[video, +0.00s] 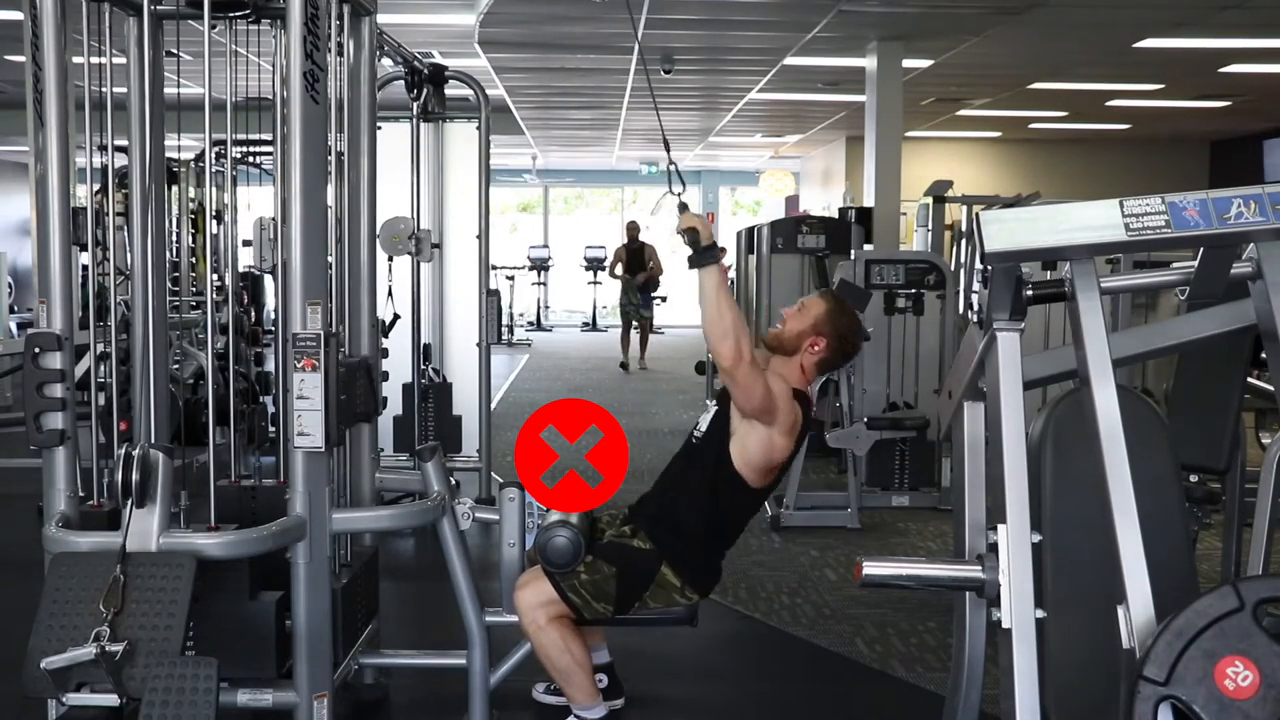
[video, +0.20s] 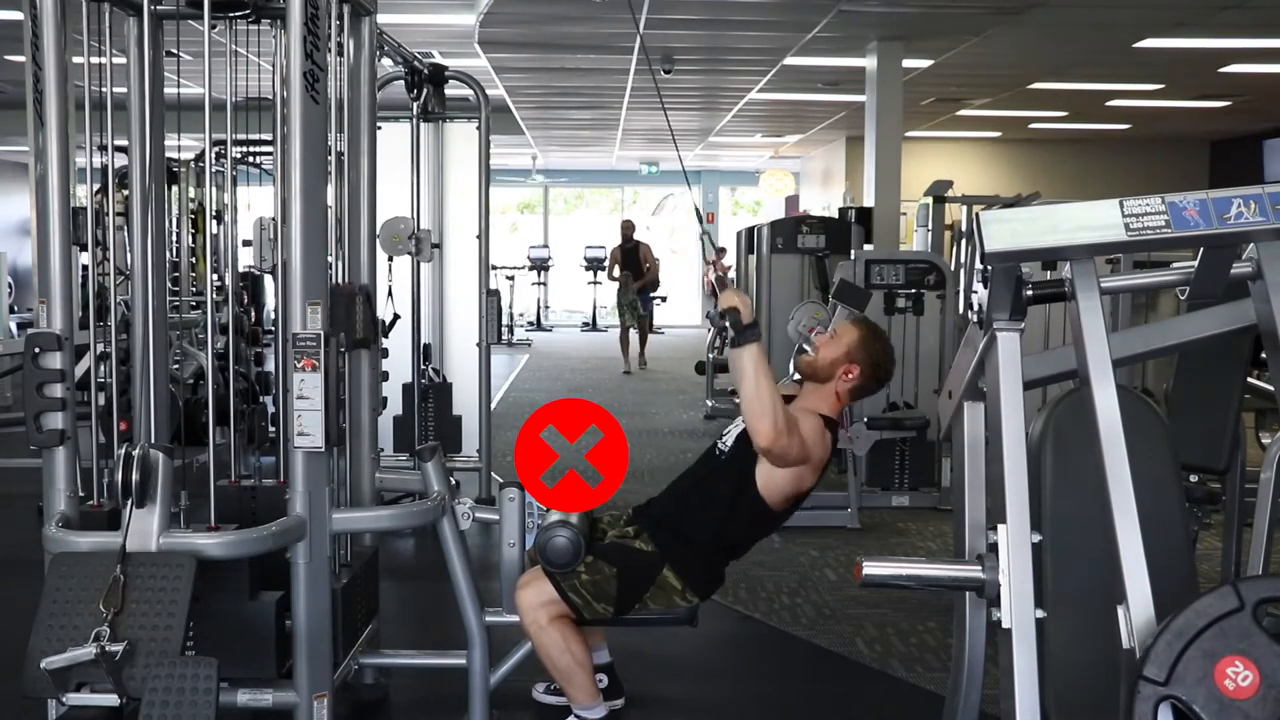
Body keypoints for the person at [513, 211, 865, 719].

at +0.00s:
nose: (785, 310)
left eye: (798, 309)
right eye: (795, 304)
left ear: (814, 344)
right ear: (813, 348)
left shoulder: (776, 407)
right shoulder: (773, 386)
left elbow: (731, 355)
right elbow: (739, 347)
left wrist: (704, 250)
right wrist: (711, 258)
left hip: (670, 561)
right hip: (651, 529)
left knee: (533, 597)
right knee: (553, 548)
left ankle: (589, 709)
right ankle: (595, 673)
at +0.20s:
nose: (815, 336)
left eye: (829, 336)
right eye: (824, 330)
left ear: (846, 372)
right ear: (843, 373)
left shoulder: (812, 432)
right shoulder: (794, 404)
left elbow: (769, 437)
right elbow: (749, 389)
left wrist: (743, 325)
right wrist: (729, 313)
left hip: (675, 563)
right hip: (654, 526)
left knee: (534, 596)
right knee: (553, 542)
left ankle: (590, 712)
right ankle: (594, 672)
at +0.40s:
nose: (832, 356)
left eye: (847, 357)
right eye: (843, 350)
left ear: (862, 393)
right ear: (859, 395)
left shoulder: (828, 451)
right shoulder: (812, 420)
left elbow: (793, 505)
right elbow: (766, 443)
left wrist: (776, 407)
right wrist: (762, 383)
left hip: (678, 562)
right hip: (660, 526)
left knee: (535, 595)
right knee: (551, 550)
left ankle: (589, 712)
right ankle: (595, 671)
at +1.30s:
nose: (820, 340)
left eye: (836, 342)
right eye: (832, 335)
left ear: (850, 381)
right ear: (847, 381)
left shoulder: (816, 433)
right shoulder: (797, 399)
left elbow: (767, 418)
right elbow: (744, 381)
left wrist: (744, 315)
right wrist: (729, 314)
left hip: (677, 563)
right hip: (657, 525)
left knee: (535, 597)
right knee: (550, 552)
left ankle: (590, 711)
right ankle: (594, 670)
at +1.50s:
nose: (789, 316)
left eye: (804, 316)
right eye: (800, 310)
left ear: (821, 351)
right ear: (820, 354)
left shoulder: (781, 402)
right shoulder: (777, 389)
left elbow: (737, 346)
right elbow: (738, 339)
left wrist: (706, 246)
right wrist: (709, 249)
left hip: (671, 561)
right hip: (655, 530)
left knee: (533, 597)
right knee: (553, 544)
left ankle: (589, 710)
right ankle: (594, 671)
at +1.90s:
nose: (728, 269)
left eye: (744, 274)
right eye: (742, 265)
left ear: (757, 312)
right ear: (756, 314)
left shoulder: (724, 353)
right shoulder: (720, 342)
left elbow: (685, 264)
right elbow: (689, 265)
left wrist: (664, 163)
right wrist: (662, 169)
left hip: (669, 551)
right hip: (655, 528)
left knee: (533, 596)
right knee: (554, 542)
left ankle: (590, 709)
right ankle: (592, 668)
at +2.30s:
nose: (739, 284)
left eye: (752, 284)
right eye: (750, 277)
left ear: (767, 319)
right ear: (767, 321)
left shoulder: (732, 369)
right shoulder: (735, 359)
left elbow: (686, 284)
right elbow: (694, 277)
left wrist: (663, 183)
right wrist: (665, 187)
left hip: (668, 558)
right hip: (657, 534)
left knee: (533, 596)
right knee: (554, 542)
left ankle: (590, 712)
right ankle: (594, 670)